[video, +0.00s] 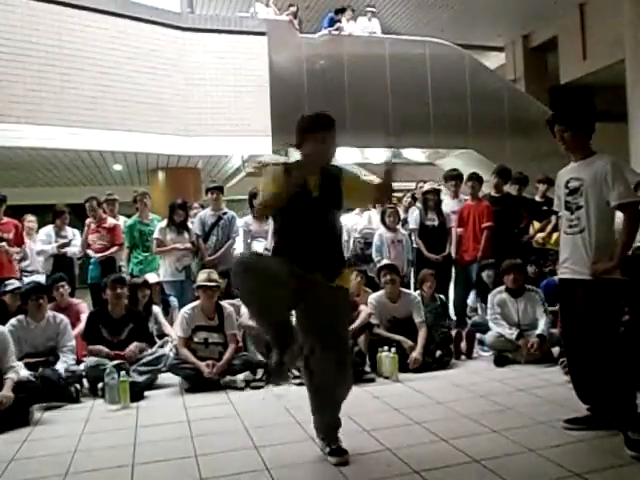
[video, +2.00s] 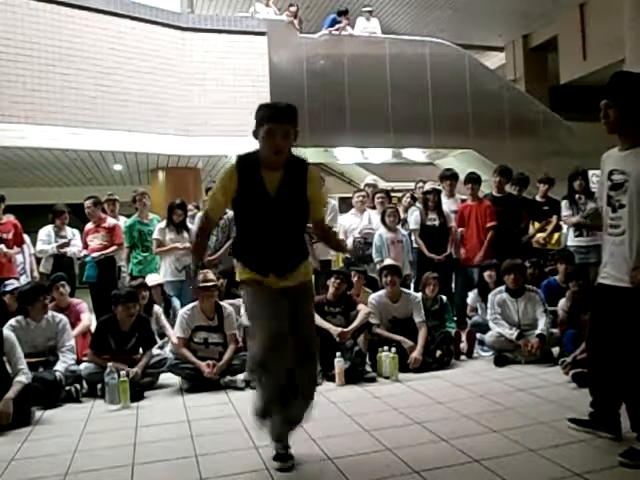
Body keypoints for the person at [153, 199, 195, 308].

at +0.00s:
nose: (179, 218)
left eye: (182, 215)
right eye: (177, 214)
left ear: (186, 215)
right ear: (171, 214)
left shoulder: (188, 228)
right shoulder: (162, 227)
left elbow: (195, 247)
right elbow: (156, 249)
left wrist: (189, 247)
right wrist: (174, 247)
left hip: (186, 269)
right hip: (169, 270)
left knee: (187, 304)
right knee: (174, 305)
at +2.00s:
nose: (177, 218)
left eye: (180, 215)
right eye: (175, 214)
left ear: (185, 215)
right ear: (170, 213)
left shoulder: (189, 229)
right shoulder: (161, 228)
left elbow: (196, 246)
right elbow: (156, 249)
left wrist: (189, 247)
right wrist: (174, 246)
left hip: (187, 272)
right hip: (170, 273)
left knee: (187, 307)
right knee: (176, 307)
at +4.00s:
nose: (182, 210)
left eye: (185, 207)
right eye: (179, 207)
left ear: (188, 210)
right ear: (174, 211)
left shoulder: (192, 229)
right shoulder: (167, 229)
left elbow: (198, 247)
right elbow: (159, 251)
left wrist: (193, 250)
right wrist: (178, 249)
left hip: (191, 272)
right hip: (173, 273)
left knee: (192, 308)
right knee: (178, 309)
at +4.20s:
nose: (183, 210)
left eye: (185, 207)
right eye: (180, 207)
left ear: (190, 210)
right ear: (175, 210)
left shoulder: (193, 227)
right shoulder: (168, 228)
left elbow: (200, 246)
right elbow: (159, 250)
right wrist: (177, 249)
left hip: (191, 272)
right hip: (174, 273)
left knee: (192, 308)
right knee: (178, 309)